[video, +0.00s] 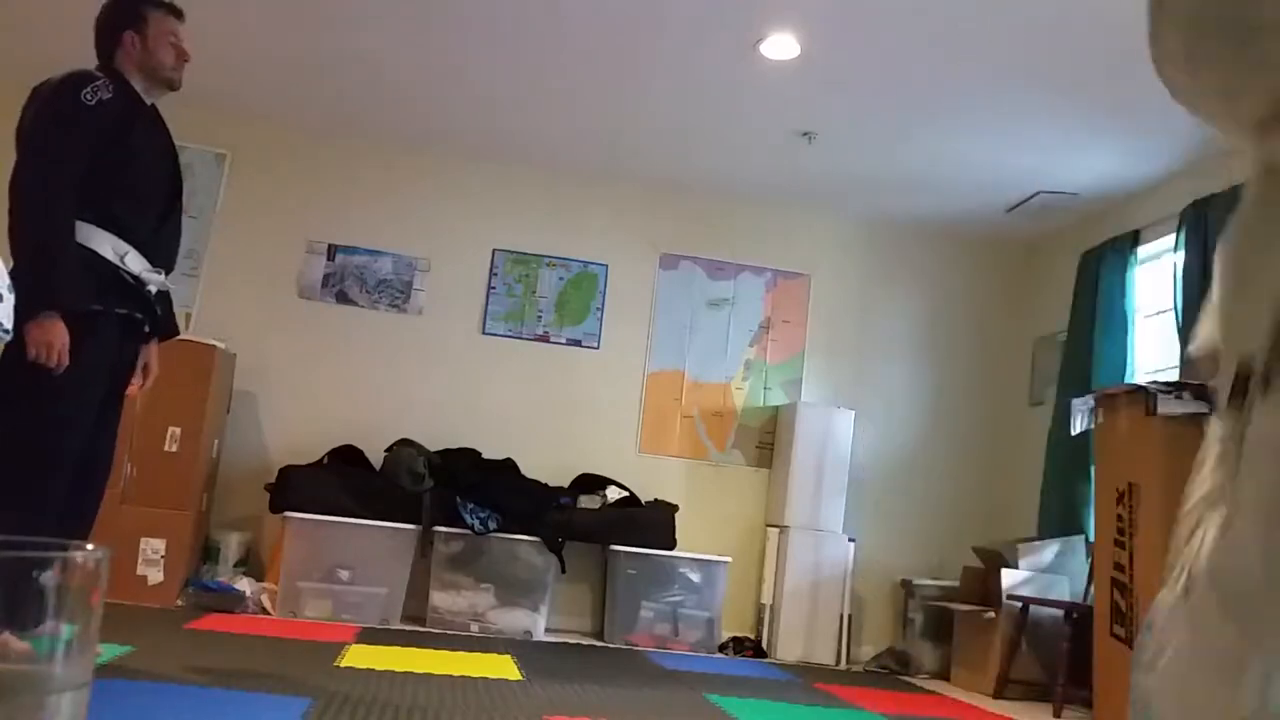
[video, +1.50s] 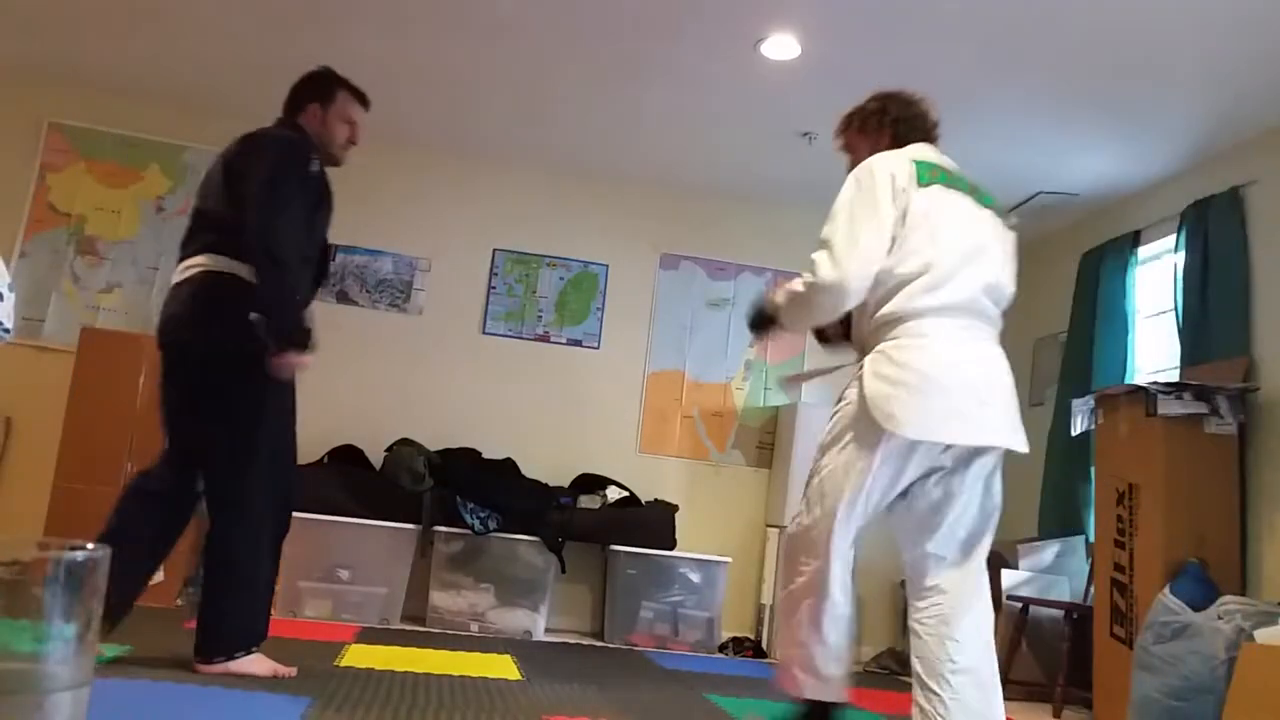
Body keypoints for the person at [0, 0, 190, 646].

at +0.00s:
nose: (186, 52)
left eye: (185, 41)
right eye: (174, 39)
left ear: (142, 46)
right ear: (131, 43)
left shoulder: (153, 130)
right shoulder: (75, 95)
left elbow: (148, 241)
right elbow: (39, 204)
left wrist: (149, 330)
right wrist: (41, 307)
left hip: (113, 332)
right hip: (62, 323)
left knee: (82, 477)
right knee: (36, 470)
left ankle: (42, 617)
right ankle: (10, 618)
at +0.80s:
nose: (227, 89)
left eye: (230, 80)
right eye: (217, 75)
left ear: (190, 80)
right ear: (175, 71)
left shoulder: (173, 138)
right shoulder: (137, 120)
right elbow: (104, 212)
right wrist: (102, 310)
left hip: (131, 330)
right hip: (114, 328)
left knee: (90, 466)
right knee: (123, 465)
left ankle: (38, 605)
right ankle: (28, 601)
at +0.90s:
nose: (238, 97)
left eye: (241, 88)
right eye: (229, 84)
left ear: (194, 86)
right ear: (188, 79)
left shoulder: (179, 141)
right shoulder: (150, 123)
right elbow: (115, 214)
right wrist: (116, 312)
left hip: (113, 318)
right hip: (133, 317)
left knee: (77, 458)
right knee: (170, 453)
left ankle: (34, 590)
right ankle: (64, 593)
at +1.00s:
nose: (252, 107)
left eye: (255, 99)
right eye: (243, 94)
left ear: (213, 94)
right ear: (204, 86)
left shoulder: (203, 152)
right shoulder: (163, 130)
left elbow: (170, 246)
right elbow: (122, 220)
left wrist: (176, 325)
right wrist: (122, 319)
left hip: (137, 330)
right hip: (151, 332)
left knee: (83, 475)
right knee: (188, 469)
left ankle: (28, 617)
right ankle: (135, 625)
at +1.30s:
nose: (311, 130)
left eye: (313, 119)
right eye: (304, 115)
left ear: (266, 112)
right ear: (265, 106)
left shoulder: (213, 147)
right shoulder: (238, 150)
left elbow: (170, 230)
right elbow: (197, 228)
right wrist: (189, 330)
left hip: (167, 331)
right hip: (213, 337)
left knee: (113, 480)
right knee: (241, 493)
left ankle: (30, 614)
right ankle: (223, 646)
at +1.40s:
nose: (335, 134)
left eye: (338, 124)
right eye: (329, 119)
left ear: (286, 113)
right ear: (290, 109)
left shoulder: (233, 147)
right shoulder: (267, 153)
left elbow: (198, 234)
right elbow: (236, 235)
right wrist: (233, 333)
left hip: (180, 317)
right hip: (229, 325)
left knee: (151, 472)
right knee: (252, 489)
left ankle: (64, 614)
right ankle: (227, 647)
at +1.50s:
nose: (356, 137)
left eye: (360, 127)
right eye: (349, 122)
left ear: (306, 118)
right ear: (314, 113)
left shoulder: (251, 150)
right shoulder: (290, 153)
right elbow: (277, 241)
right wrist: (288, 336)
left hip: (191, 314)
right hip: (239, 317)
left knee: (183, 469)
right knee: (256, 484)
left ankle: (83, 614)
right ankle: (227, 646)